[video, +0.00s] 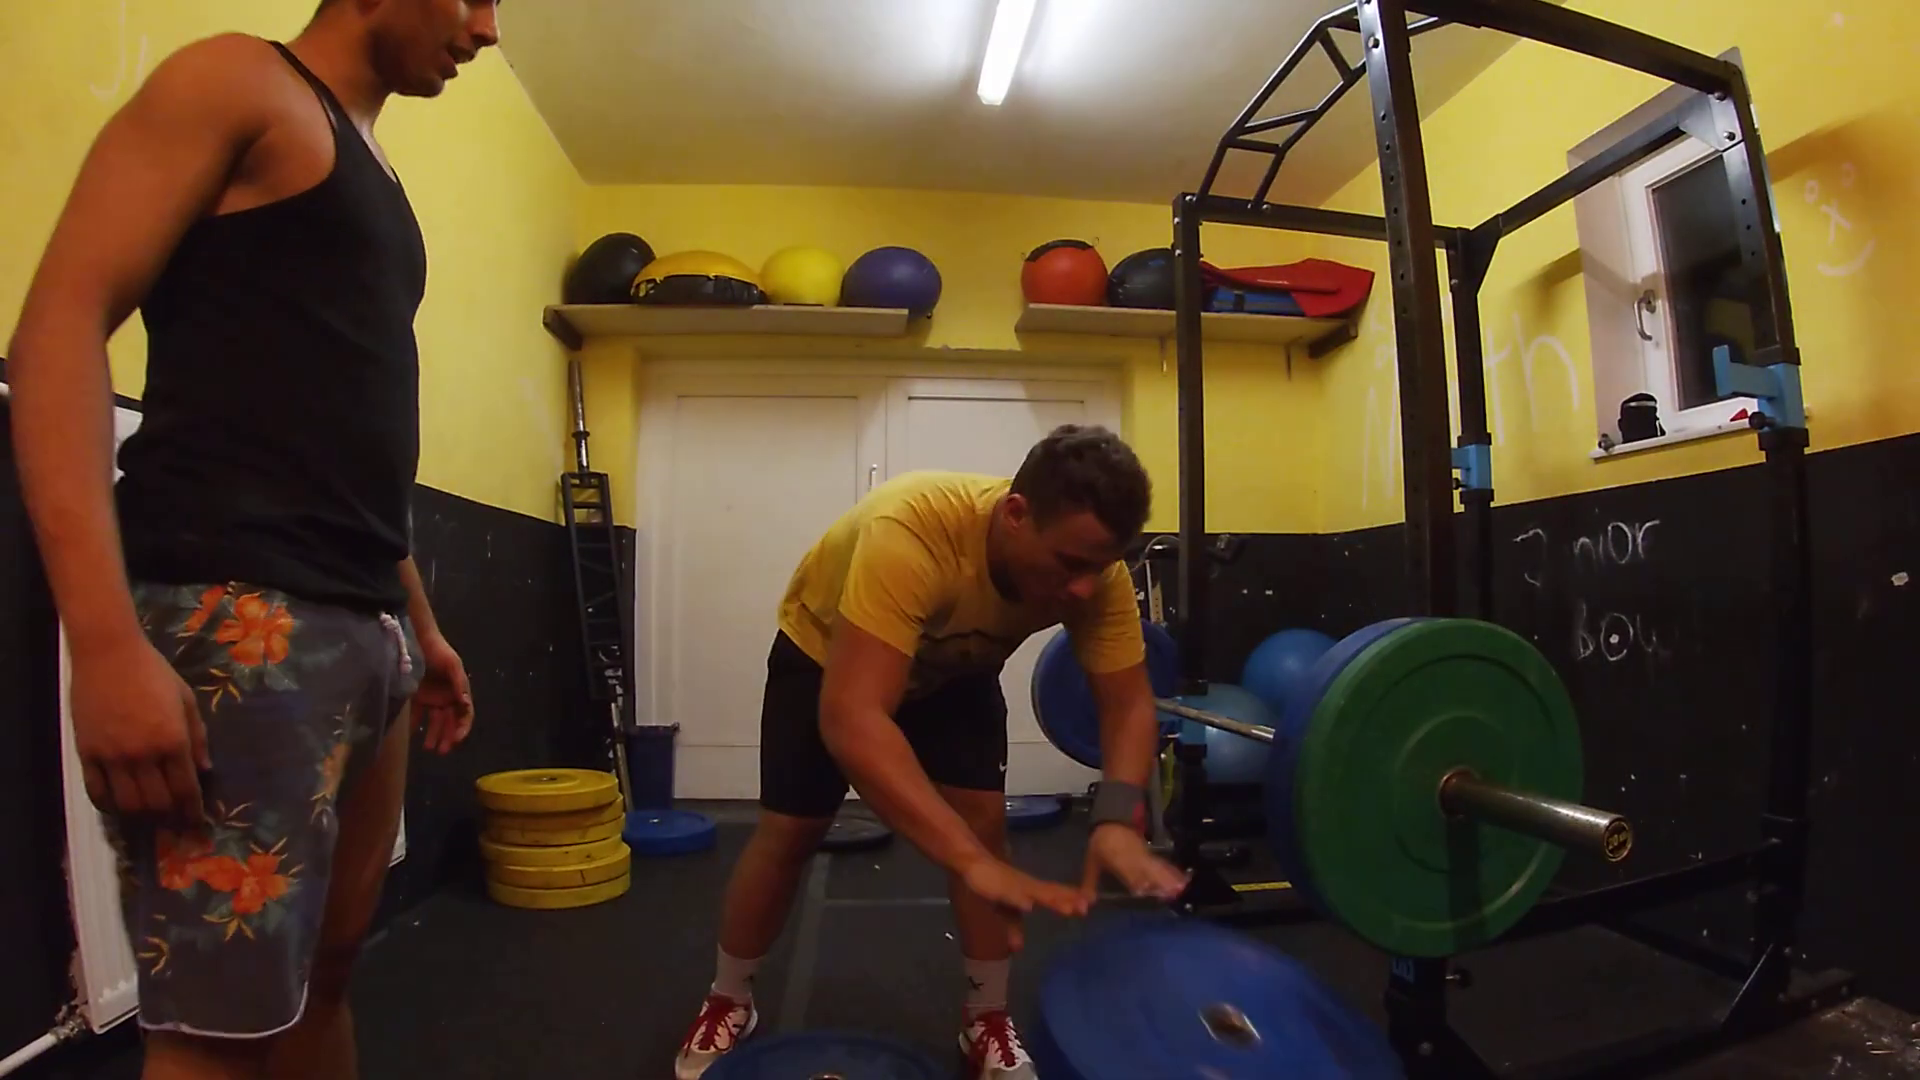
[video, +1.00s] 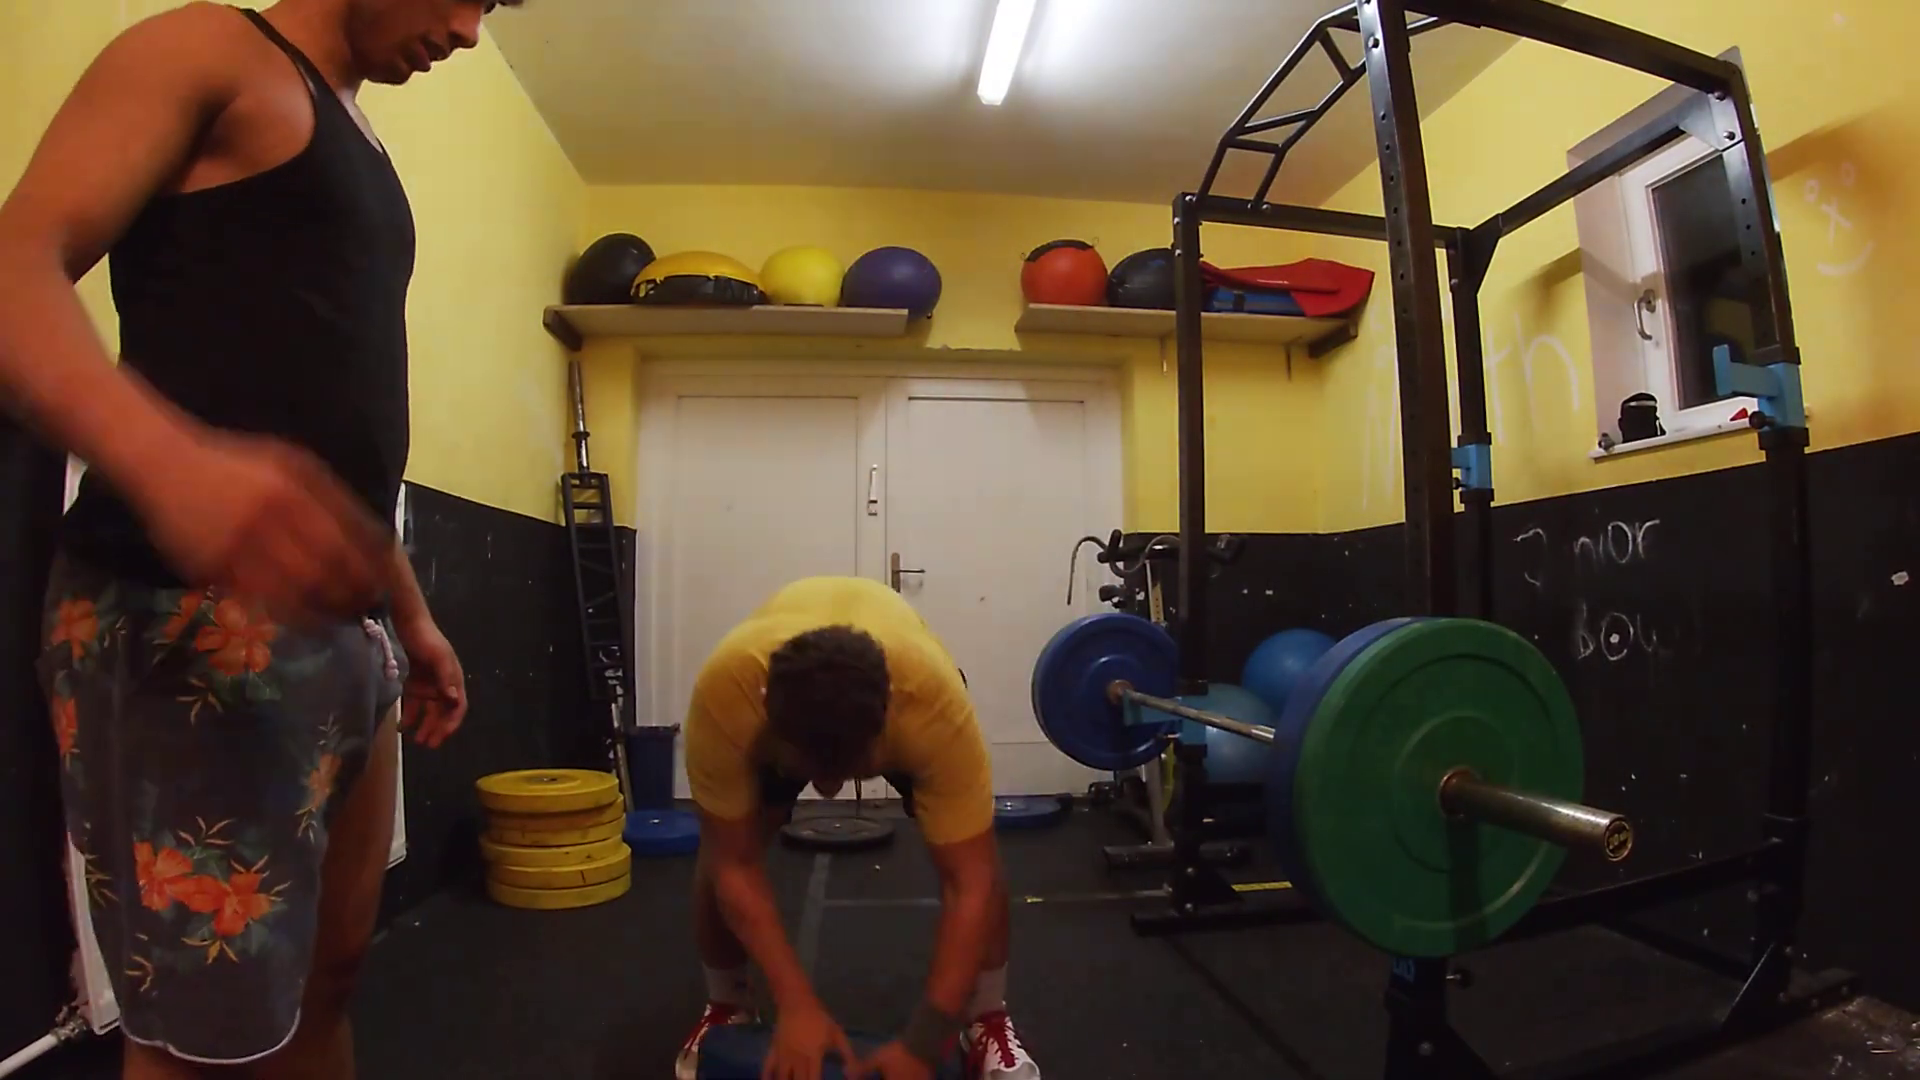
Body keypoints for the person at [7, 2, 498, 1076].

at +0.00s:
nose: (486, 30)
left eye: (490, 12)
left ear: (384, 2)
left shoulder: (363, 165)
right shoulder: (232, 80)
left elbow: (344, 423)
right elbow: (55, 333)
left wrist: (414, 616)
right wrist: (104, 643)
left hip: (361, 634)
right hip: (236, 631)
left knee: (319, 993)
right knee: (214, 1035)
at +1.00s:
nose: (472, 29)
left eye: (485, 12)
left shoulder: (353, 133)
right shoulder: (203, 48)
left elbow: (330, 409)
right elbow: (17, 269)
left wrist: (406, 610)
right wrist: (175, 464)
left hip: (337, 622)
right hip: (188, 617)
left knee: (322, 995)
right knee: (192, 1035)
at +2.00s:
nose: (427, 65)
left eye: (450, 45)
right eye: (434, 24)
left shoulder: (340, 146)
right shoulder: (187, 66)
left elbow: (328, 400)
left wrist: (402, 599)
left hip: (345, 619)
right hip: (216, 620)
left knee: (319, 1000)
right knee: (209, 1039)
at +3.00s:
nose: (441, 72)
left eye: (465, 55)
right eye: (447, 31)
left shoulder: (354, 160)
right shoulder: (209, 72)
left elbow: (340, 405)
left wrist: (410, 601)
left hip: (356, 619)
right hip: (230, 618)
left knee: (322, 1004)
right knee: (215, 1035)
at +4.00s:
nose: (415, 1)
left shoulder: (287, 88)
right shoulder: (133, 17)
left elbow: (238, 383)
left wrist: (315, 595)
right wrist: (31, 696)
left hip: (282, 628)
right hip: (139, 639)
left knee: (321, 1000)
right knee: (160, 1056)